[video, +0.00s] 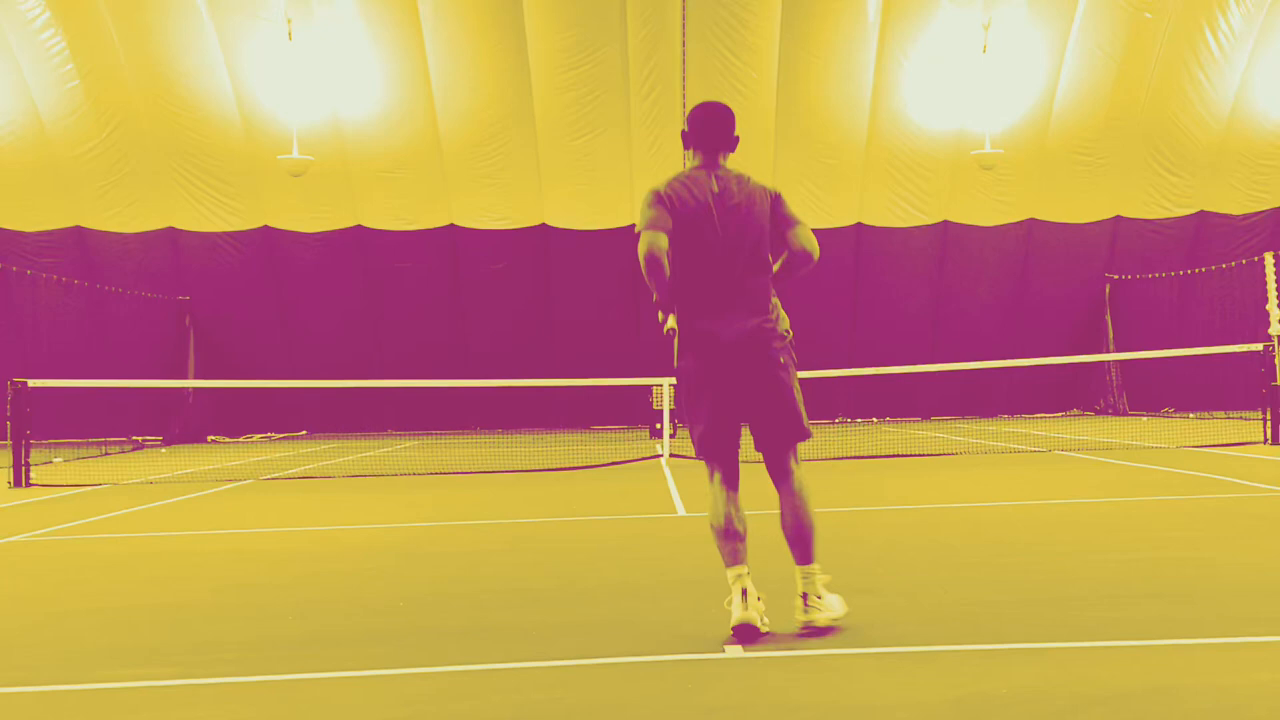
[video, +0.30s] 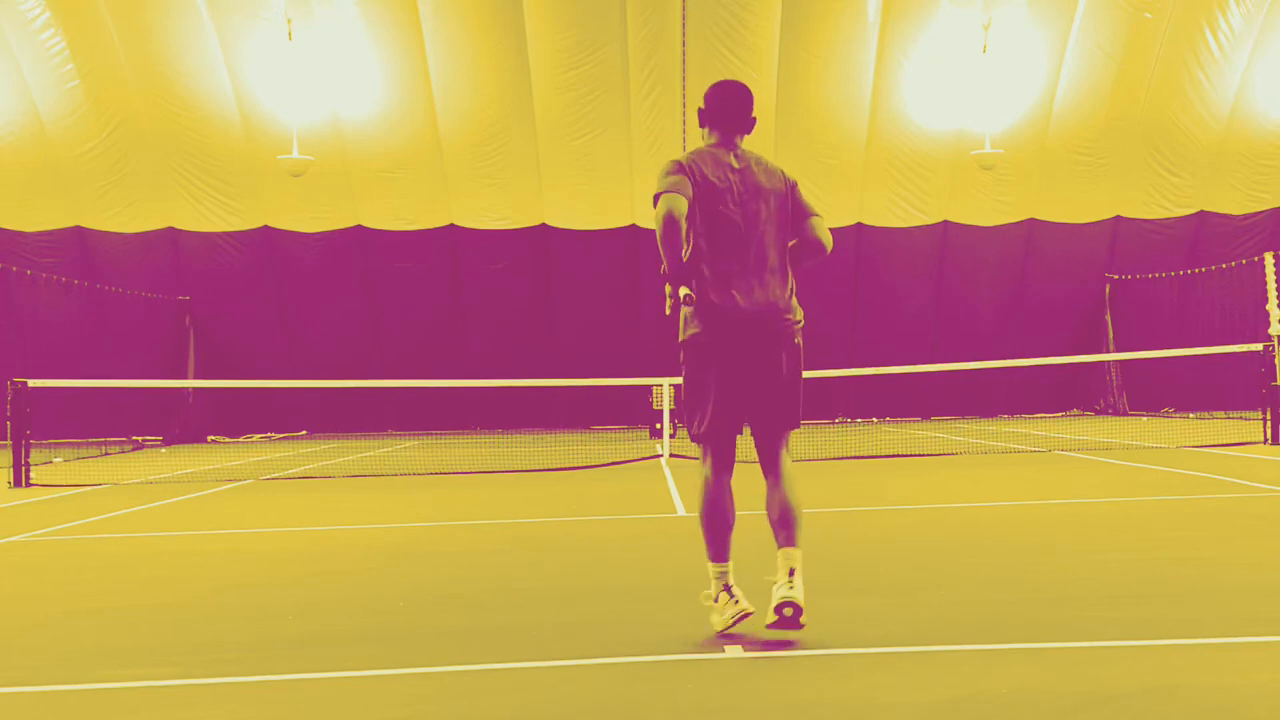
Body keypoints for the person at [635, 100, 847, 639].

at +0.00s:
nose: (694, 153)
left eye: (687, 145)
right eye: (715, 144)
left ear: (686, 144)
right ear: (735, 145)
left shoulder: (663, 196)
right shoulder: (763, 196)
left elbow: (652, 253)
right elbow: (807, 250)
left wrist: (666, 306)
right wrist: (769, 282)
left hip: (703, 353)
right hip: (764, 348)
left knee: (721, 476)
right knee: (786, 469)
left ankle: (742, 596)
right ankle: (812, 593)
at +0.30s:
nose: (707, 126)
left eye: (705, 117)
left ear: (703, 120)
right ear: (752, 125)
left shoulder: (686, 167)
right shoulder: (778, 178)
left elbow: (671, 213)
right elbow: (819, 242)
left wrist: (675, 275)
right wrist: (775, 262)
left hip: (713, 331)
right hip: (777, 329)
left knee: (718, 463)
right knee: (776, 456)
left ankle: (724, 591)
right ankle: (790, 582)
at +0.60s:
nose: (708, 140)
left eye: (707, 132)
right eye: (718, 132)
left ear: (708, 135)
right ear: (757, 140)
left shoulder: (686, 189)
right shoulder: (783, 194)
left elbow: (660, 249)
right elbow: (827, 242)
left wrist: (675, 306)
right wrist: (790, 293)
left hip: (705, 348)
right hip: (768, 350)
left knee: (691, 484)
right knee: (766, 486)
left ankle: (685, 613)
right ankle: (781, 611)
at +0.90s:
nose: (719, 145)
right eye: (726, 135)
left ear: (678, 138)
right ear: (729, 139)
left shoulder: (646, 200)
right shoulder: (752, 201)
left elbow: (617, 263)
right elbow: (786, 275)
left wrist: (650, 317)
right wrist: (745, 314)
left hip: (679, 359)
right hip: (747, 355)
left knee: (689, 496)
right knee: (779, 487)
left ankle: (696, 620)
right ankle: (819, 615)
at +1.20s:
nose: (708, 128)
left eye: (691, 116)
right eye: (724, 118)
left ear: (680, 116)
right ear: (734, 120)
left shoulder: (653, 176)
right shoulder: (756, 185)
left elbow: (625, 250)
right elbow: (795, 254)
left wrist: (641, 282)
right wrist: (747, 288)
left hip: (666, 340)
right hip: (732, 344)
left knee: (655, 480)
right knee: (723, 484)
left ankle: (640, 617)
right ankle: (729, 615)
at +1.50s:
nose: (682, 105)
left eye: (672, 92)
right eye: (706, 96)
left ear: (664, 94)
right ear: (718, 99)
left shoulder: (636, 155)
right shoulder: (743, 159)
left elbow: (613, 225)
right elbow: (788, 221)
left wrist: (640, 269)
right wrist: (751, 274)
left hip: (662, 326)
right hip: (732, 325)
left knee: (654, 466)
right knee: (736, 469)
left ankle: (650, 602)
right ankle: (739, 608)